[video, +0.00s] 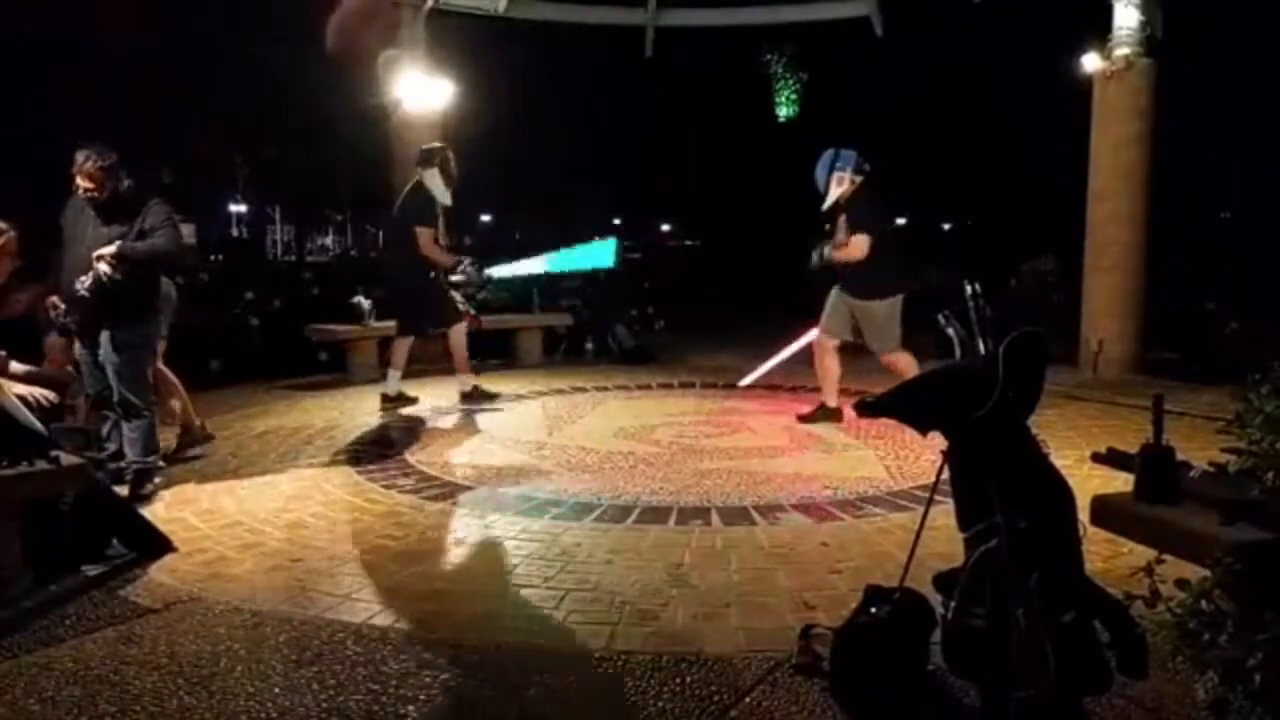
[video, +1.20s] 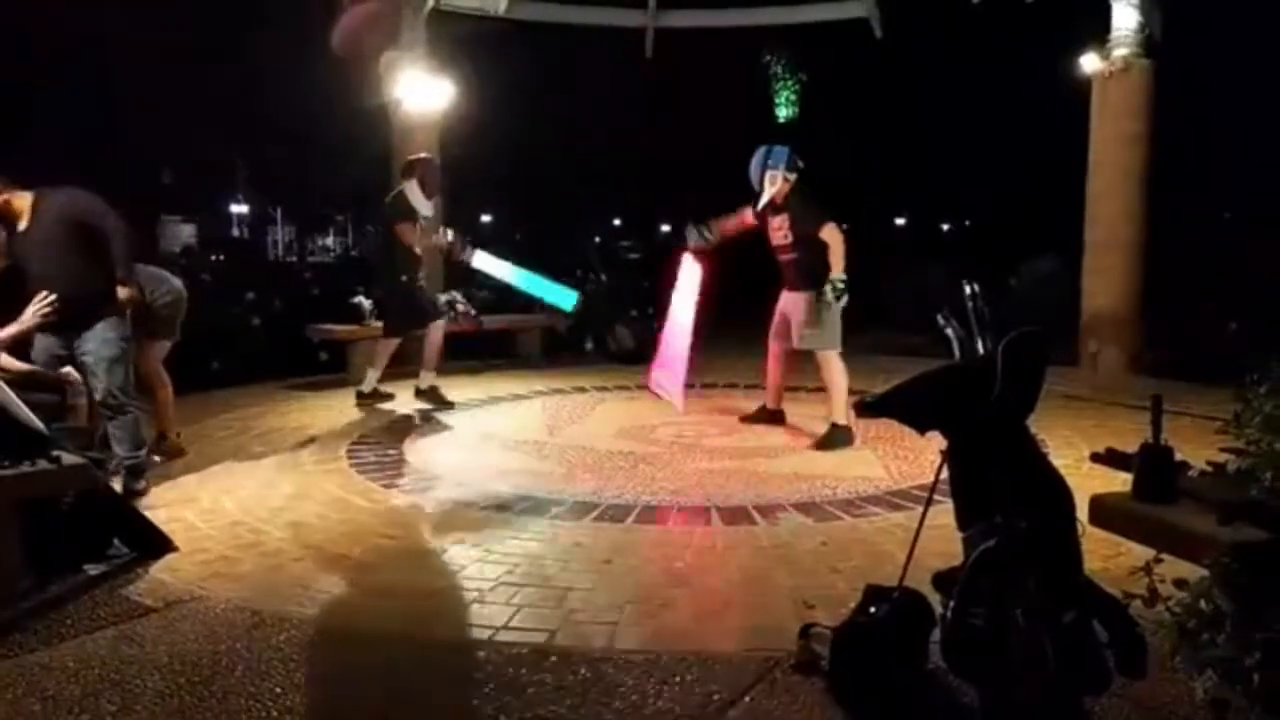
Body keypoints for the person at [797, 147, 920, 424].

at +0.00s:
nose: (827, 189)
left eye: (830, 183)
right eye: (827, 183)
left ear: (843, 179)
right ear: (844, 178)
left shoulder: (865, 204)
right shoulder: (846, 204)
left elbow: (858, 251)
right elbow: (843, 241)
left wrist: (826, 254)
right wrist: (827, 249)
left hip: (879, 293)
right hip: (847, 288)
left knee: (890, 355)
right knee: (825, 342)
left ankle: (926, 395)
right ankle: (830, 405)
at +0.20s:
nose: (814, 183)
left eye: (817, 176)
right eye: (814, 176)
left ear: (828, 173)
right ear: (825, 174)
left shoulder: (848, 199)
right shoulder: (826, 204)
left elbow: (862, 242)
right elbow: (827, 249)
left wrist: (830, 263)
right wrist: (812, 275)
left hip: (864, 289)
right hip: (836, 287)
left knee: (850, 349)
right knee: (821, 343)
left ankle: (897, 398)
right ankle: (829, 404)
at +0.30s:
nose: (810, 176)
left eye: (814, 169)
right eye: (808, 170)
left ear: (828, 168)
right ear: (808, 170)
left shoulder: (844, 195)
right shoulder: (814, 203)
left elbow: (863, 239)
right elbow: (805, 246)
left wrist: (826, 259)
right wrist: (767, 261)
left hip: (858, 280)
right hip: (835, 280)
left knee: (839, 344)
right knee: (826, 343)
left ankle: (855, 413)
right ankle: (830, 403)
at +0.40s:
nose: (807, 182)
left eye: (812, 175)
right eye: (805, 176)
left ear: (825, 173)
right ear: (804, 175)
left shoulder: (843, 201)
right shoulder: (809, 207)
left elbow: (861, 246)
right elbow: (784, 244)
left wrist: (822, 265)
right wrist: (741, 243)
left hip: (854, 284)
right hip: (832, 285)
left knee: (832, 350)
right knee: (821, 347)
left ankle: (844, 426)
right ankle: (829, 404)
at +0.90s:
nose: (792, 182)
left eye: (799, 175)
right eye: (787, 174)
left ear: (809, 176)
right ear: (778, 174)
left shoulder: (823, 202)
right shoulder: (785, 212)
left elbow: (849, 240)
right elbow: (776, 245)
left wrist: (818, 266)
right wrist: (756, 254)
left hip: (832, 290)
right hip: (807, 290)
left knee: (818, 350)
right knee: (792, 343)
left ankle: (839, 424)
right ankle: (811, 405)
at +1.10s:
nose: (774, 186)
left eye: (780, 179)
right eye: (770, 179)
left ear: (792, 179)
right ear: (764, 179)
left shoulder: (806, 207)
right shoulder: (770, 212)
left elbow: (838, 238)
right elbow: (745, 233)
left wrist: (833, 281)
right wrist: (719, 246)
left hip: (818, 292)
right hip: (791, 294)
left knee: (824, 354)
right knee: (779, 347)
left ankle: (840, 425)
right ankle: (773, 406)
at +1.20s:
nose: (772, 187)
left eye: (778, 180)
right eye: (768, 180)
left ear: (789, 179)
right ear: (761, 180)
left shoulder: (802, 206)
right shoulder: (764, 209)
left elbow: (835, 237)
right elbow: (735, 223)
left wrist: (837, 279)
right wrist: (707, 233)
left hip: (817, 293)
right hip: (790, 292)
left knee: (827, 355)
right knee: (776, 346)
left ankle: (841, 424)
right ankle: (772, 406)